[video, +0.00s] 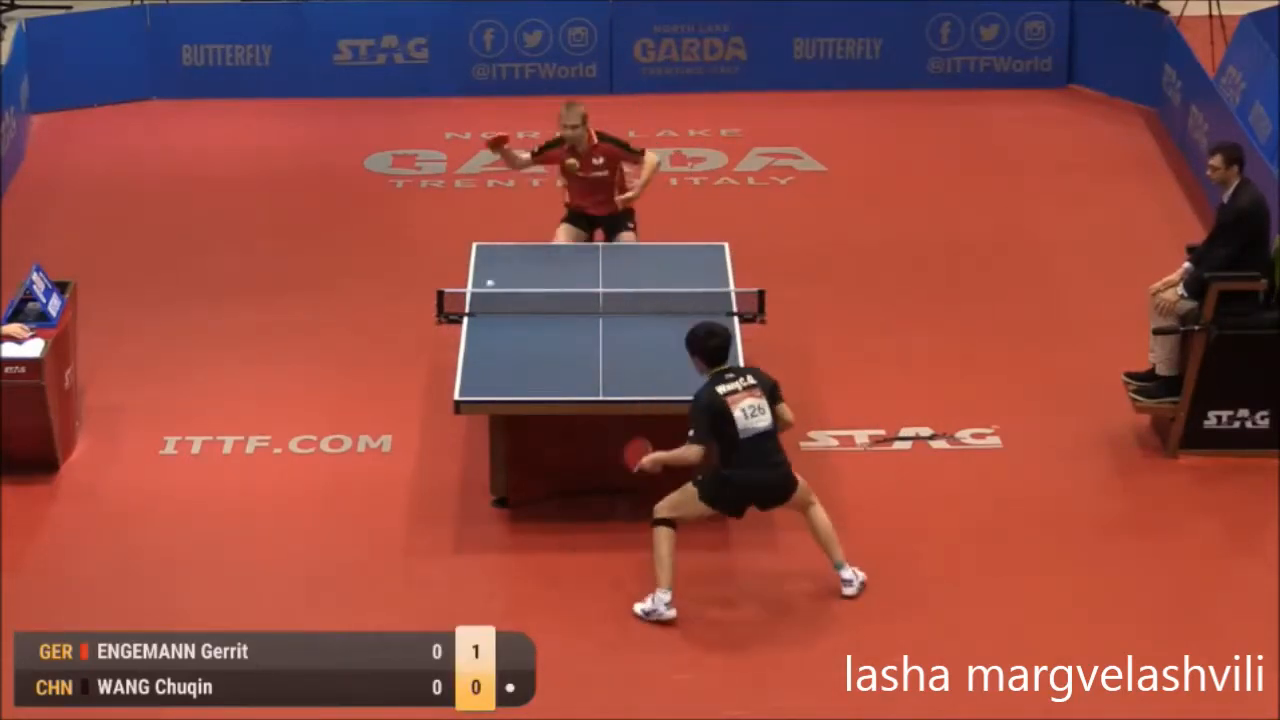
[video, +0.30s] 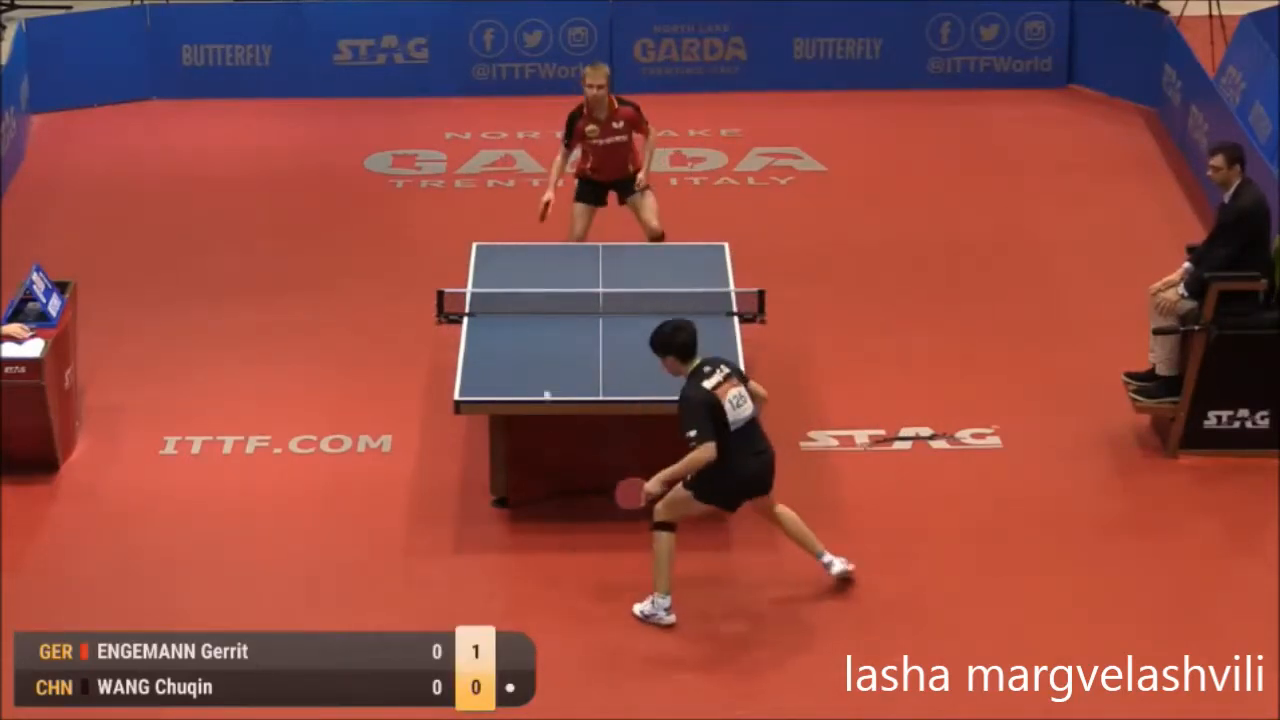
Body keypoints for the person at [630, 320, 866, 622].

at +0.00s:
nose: (691, 360)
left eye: (691, 356)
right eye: (693, 354)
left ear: (697, 359)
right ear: (728, 350)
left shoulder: (706, 397)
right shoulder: (757, 377)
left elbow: (694, 454)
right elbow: (786, 419)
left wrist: (659, 458)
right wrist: (756, 434)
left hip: (732, 482)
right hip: (776, 477)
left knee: (663, 513)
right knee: (810, 504)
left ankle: (662, 600)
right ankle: (846, 574)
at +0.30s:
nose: (662, 364)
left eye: (661, 358)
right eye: (660, 357)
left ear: (671, 359)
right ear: (690, 349)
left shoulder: (692, 396)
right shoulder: (717, 364)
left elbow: (707, 452)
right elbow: (760, 394)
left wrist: (661, 479)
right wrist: (739, 428)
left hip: (730, 474)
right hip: (762, 461)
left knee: (664, 512)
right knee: (770, 507)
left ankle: (660, 603)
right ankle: (830, 560)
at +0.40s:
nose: (661, 356)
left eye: (660, 350)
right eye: (658, 350)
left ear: (673, 347)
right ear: (687, 338)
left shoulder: (699, 378)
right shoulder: (717, 348)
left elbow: (723, 437)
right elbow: (757, 379)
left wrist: (687, 481)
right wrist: (732, 412)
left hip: (745, 452)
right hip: (766, 439)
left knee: (697, 519)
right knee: (738, 496)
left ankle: (675, 607)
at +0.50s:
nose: (663, 365)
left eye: (663, 358)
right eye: (661, 359)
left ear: (678, 354)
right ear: (688, 345)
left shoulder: (708, 382)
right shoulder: (715, 352)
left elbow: (735, 442)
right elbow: (745, 385)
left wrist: (704, 485)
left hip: (754, 455)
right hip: (764, 441)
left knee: (702, 523)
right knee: (721, 499)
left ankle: (706, 619)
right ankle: (735, 562)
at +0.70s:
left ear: (661, 306)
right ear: (695, 306)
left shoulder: (647, 342)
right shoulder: (712, 337)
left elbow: (634, 406)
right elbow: (738, 392)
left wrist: (662, 416)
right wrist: (725, 422)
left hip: (667, 432)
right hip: (710, 429)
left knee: (625, 502)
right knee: (729, 482)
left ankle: (600, 580)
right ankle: (742, 560)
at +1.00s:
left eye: (658, 282)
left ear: (653, 287)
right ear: (687, 287)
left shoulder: (639, 325)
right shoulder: (706, 321)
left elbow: (628, 385)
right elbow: (732, 371)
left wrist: (643, 397)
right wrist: (713, 391)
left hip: (653, 417)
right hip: (699, 418)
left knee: (607, 471)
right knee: (722, 482)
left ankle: (589, 550)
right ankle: (742, 559)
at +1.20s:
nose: (630, 302)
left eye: (625, 298)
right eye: (641, 297)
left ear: (619, 306)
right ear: (651, 304)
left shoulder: (606, 344)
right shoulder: (671, 337)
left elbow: (587, 400)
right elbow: (698, 385)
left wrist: (618, 398)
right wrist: (677, 373)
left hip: (624, 436)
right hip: (670, 436)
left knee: (575, 472)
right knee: (711, 485)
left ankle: (545, 545)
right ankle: (741, 561)